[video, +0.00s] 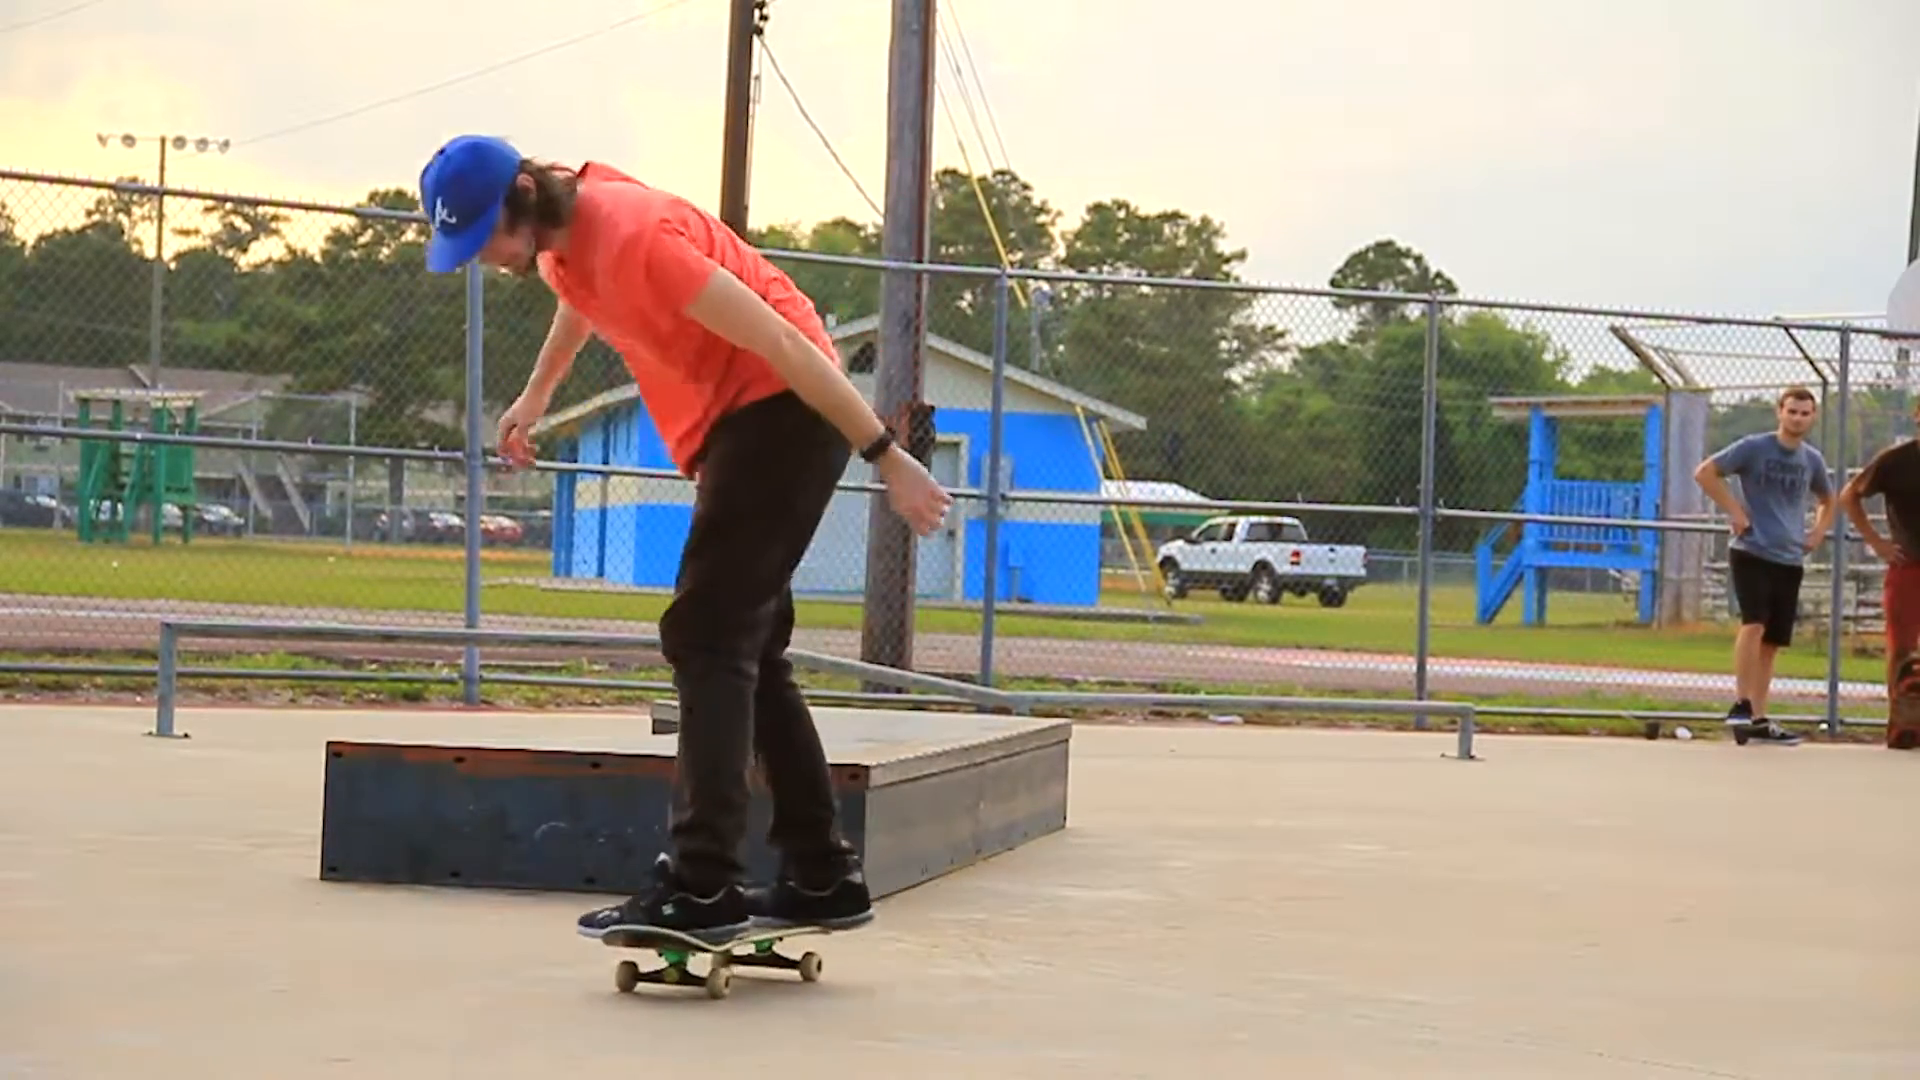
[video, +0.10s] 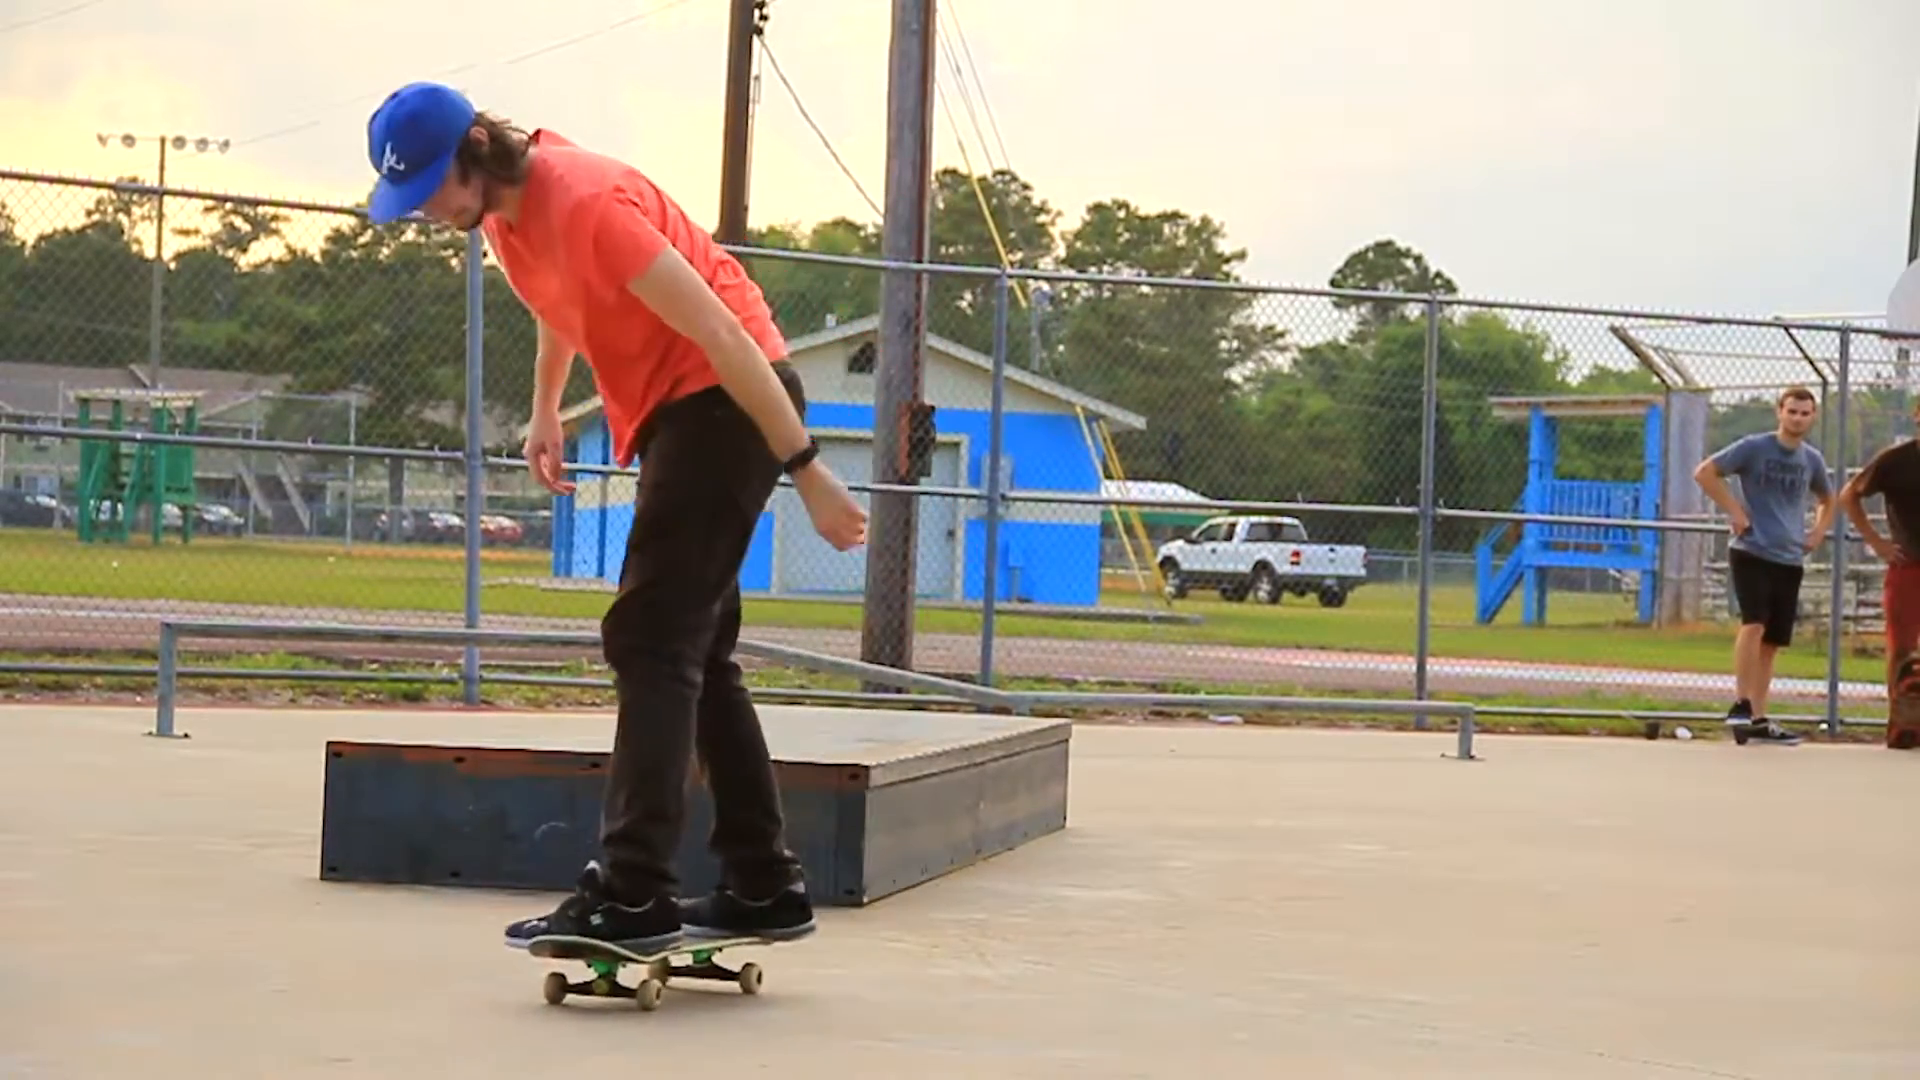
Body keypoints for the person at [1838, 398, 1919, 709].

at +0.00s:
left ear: (1914, 417)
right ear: (1915, 417)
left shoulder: (1900, 458)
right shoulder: (1900, 458)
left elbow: (1850, 496)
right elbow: (1849, 495)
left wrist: (1877, 543)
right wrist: (1877, 543)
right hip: (1907, 569)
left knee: (1905, 657)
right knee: (1903, 656)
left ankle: (1906, 739)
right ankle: (1903, 741)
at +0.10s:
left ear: (1914, 416)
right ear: (1915, 416)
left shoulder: (1901, 457)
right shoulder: (1900, 458)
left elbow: (1850, 496)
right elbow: (1849, 495)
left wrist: (1877, 544)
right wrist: (1877, 543)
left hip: (1909, 568)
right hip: (1906, 567)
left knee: (1904, 650)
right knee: (1903, 648)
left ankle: (1905, 726)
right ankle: (1902, 726)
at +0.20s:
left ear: (1913, 415)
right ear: (1915, 415)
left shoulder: (1901, 457)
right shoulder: (1901, 458)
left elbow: (1849, 495)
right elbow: (1849, 495)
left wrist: (1875, 542)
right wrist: (1876, 542)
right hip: (1907, 567)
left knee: (1905, 653)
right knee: (1903, 652)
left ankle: (1904, 732)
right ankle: (1902, 732)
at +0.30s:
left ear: (1914, 415)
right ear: (1915, 415)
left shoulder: (1901, 457)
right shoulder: (1900, 458)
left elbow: (1849, 495)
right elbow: (1849, 495)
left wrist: (1875, 541)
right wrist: (1876, 542)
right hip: (1907, 567)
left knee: (1905, 654)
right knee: (1903, 653)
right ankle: (1901, 732)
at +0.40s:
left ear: (1914, 415)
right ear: (1915, 415)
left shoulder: (1901, 458)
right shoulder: (1900, 458)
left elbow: (1850, 495)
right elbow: (1849, 496)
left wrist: (1875, 541)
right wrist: (1876, 541)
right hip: (1907, 567)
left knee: (1904, 654)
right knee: (1902, 652)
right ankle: (1901, 734)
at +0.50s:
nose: (1919, 414)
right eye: (1919, 410)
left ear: (1914, 415)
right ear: (1915, 415)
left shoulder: (1901, 457)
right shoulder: (1901, 458)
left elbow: (1849, 495)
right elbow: (1849, 496)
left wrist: (1875, 541)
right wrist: (1876, 542)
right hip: (1907, 565)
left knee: (1904, 651)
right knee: (1902, 650)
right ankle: (1901, 726)